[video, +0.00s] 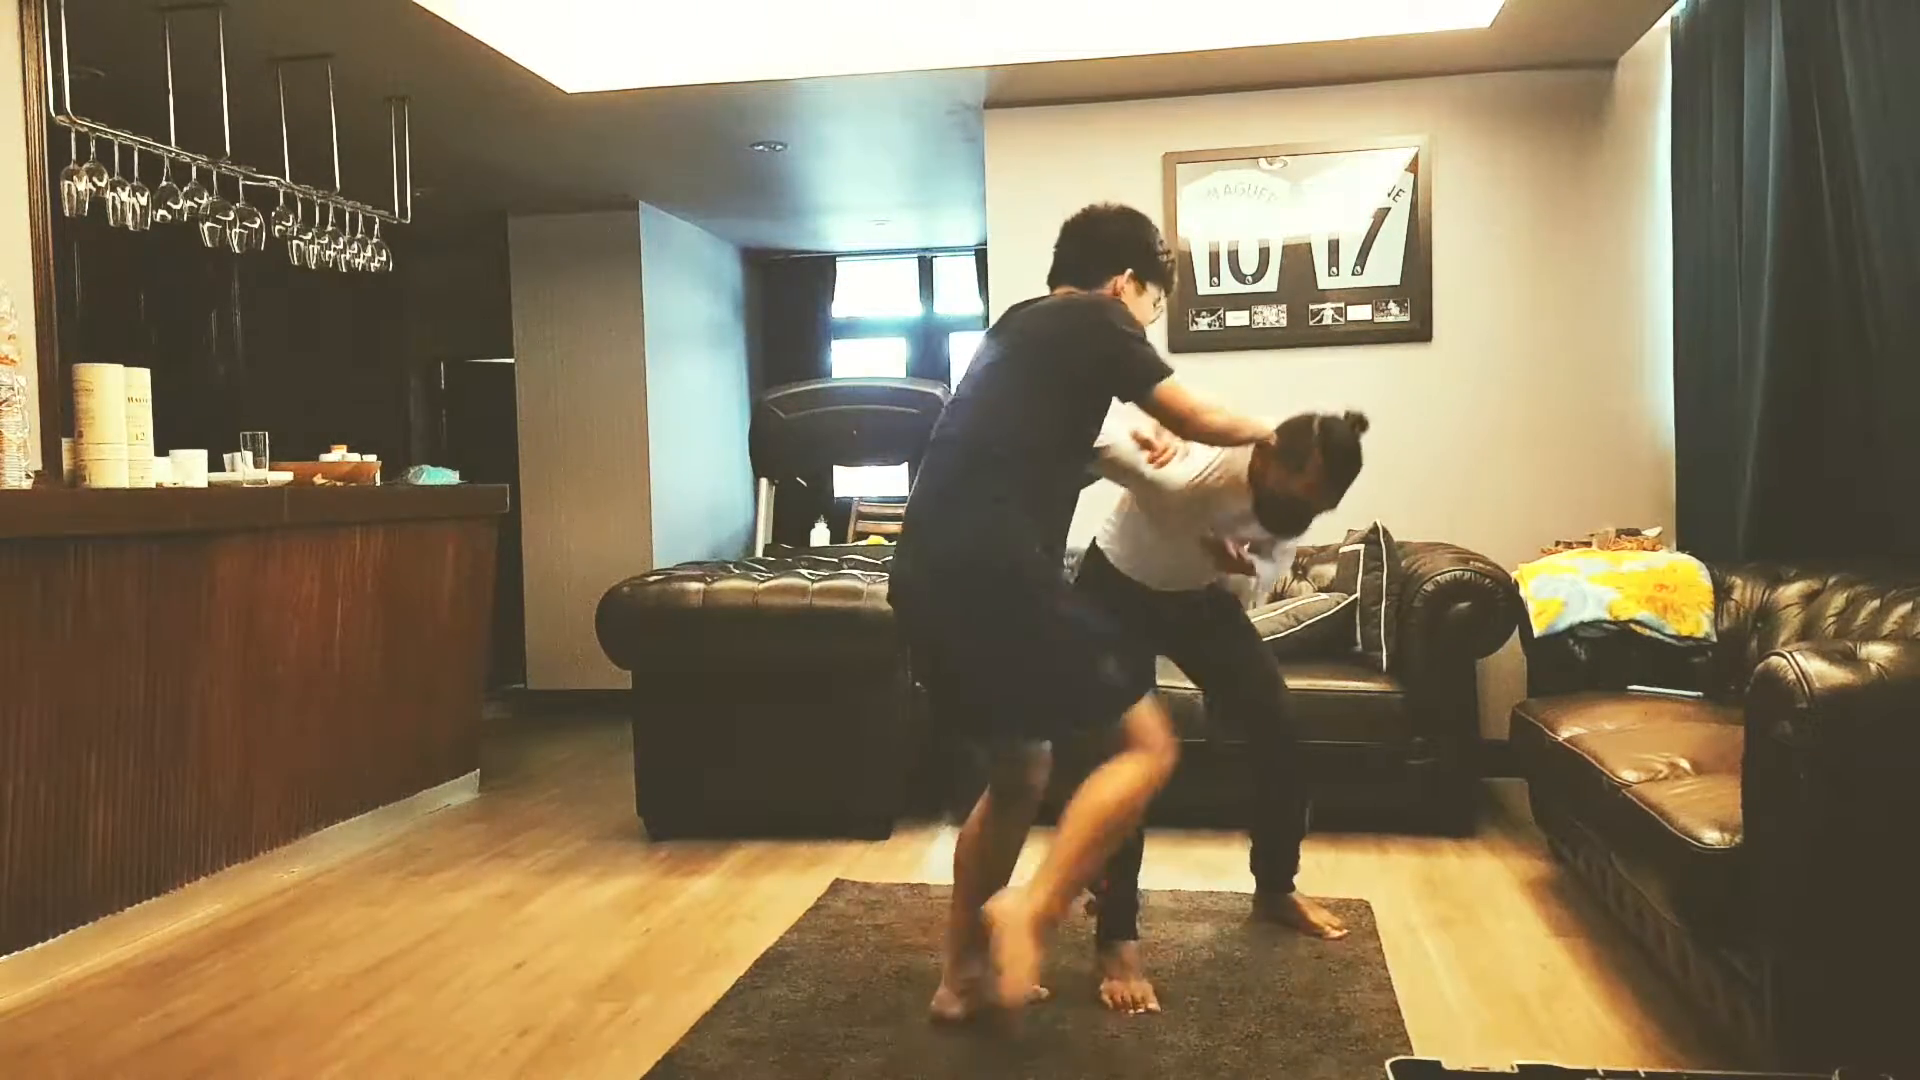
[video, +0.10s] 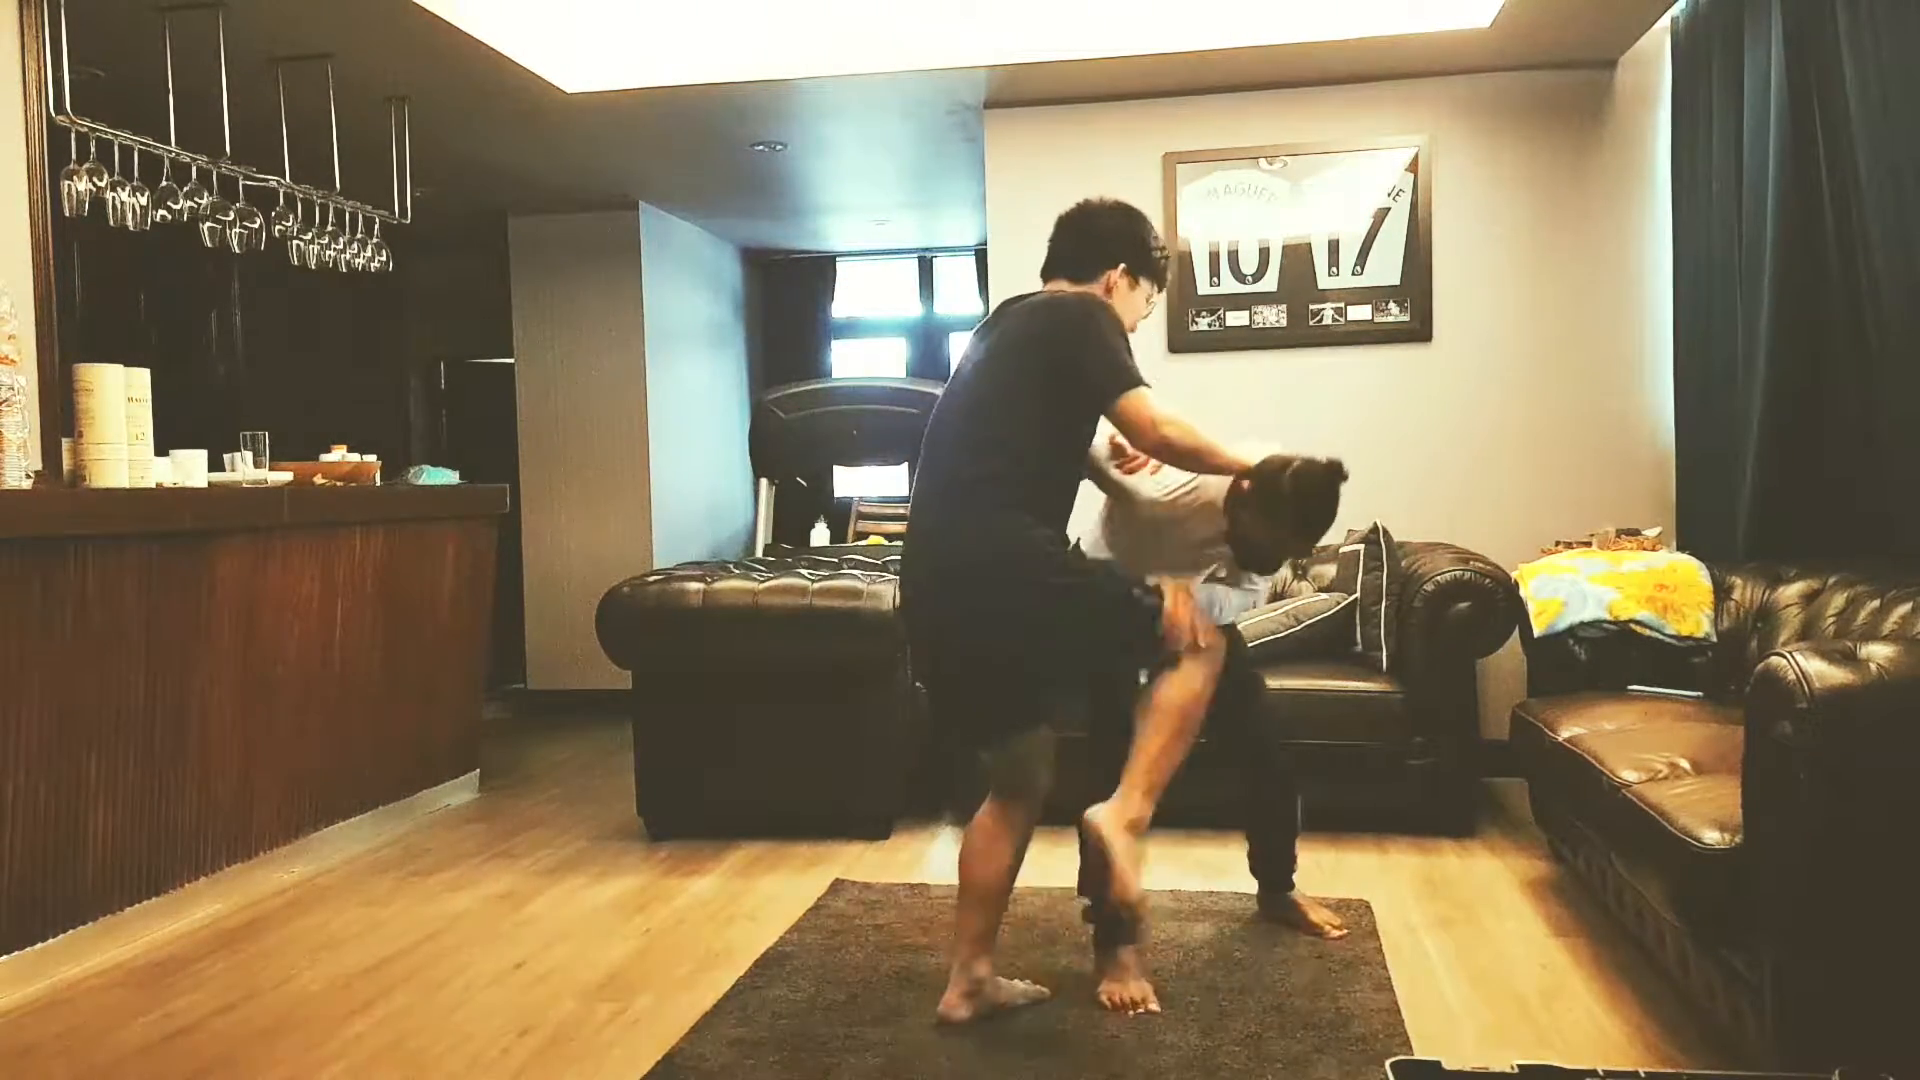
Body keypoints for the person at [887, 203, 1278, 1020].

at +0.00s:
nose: (1149, 325)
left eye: (1153, 312)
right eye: (1151, 306)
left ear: (1065, 277)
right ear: (1122, 282)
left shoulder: (1015, 329)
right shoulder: (1097, 327)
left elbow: (1050, 438)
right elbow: (1200, 424)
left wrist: (1138, 462)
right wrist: (1267, 432)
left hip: (924, 576)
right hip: (998, 575)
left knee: (1015, 775)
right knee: (1149, 744)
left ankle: (960, 978)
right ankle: (1028, 918)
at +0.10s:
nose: (1137, 324)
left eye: (1144, 311)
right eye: (1142, 304)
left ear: (1059, 269)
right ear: (1115, 276)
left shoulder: (1005, 324)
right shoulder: (1084, 321)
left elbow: (1024, 426)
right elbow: (1151, 432)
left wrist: (1108, 469)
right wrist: (1245, 465)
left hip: (930, 571)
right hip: (1011, 561)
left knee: (1018, 774)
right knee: (1199, 639)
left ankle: (970, 977)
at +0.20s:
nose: (1139, 312)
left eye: (1146, 297)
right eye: (1143, 291)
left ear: (1063, 262)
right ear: (1112, 266)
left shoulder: (1005, 319)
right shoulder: (1074, 315)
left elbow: (1020, 436)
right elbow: (1136, 424)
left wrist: (1100, 470)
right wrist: (1237, 463)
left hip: (927, 571)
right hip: (1003, 564)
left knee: (1008, 767)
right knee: (1185, 639)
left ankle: (967, 979)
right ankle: (1085, 799)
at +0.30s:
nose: (1146, 302)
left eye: (1152, 286)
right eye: (1148, 281)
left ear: (1076, 255)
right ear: (1112, 255)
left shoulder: (1007, 306)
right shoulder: (1071, 305)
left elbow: (1044, 422)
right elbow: (1144, 407)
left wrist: (1122, 459)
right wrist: (1243, 434)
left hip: (914, 560)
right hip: (978, 562)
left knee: (985, 768)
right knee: (1100, 747)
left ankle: (965, 978)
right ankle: (909, 845)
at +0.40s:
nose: (1143, 293)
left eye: (1147, 279)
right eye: (1142, 274)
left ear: (1071, 250)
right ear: (1105, 251)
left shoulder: (1009, 305)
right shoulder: (1069, 305)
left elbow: (997, 436)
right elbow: (1171, 392)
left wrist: (1085, 477)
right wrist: (1253, 409)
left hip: (951, 564)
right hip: (948, 569)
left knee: (1009, 751)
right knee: (936, 801)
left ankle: (959, 971)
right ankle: (734, 866)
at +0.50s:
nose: (1135, 311)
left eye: (1139, 295)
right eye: (1134, 290)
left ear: (1067, 270)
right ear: (1094, 270)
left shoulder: (1011, 328)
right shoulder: (1059, 324)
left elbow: (986, 458)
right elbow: (1179, 385)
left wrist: (1066, 482)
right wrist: (1261, 388)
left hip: (950, 601)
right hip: (897, 595)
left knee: (1024, 769)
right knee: (845, 801)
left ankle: (947, 952)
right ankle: (671, 937)